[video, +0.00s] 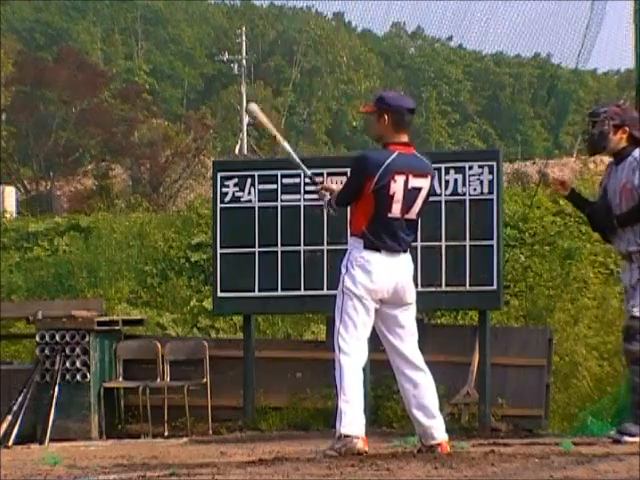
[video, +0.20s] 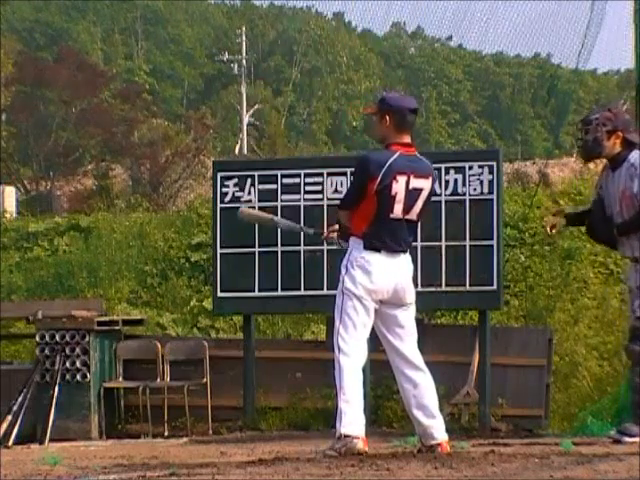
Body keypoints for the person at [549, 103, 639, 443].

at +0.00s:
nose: (597, 138)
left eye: (603, 131)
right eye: (596, 131)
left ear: (624, 133)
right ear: (618, 135)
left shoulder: (636, 163)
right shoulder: (614, 169)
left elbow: (639, 206)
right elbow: (601, 217)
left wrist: (616, 221)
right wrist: (570, 194)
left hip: (638, 261)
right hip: (629, 262)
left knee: (634, 337)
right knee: (631, 338)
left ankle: (634, 419)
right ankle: (631, 418)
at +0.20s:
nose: (590, 143)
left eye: (595, 137)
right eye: (589, 137)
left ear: (616, 137)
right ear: (609, 139)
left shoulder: (635, 164)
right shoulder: (609, 172)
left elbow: (638, 216)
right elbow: (601, 215)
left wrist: (619, 229)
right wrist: (568, 218)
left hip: (638, 264)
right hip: (632, 263)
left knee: (635, 343)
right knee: (633, 342)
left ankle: (633, 419)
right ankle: (631, 418)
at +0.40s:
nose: (580, 161)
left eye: (586, 154)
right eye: (579, 155)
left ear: (607, 152)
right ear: (603, 153)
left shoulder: (632, 177)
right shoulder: (605, 184)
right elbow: (611, 218)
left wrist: (612, 251)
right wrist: (584, 241)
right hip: (637, 271)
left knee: (631, 346)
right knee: (623, 345)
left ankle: (635, 422)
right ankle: (632, 420)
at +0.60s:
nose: (570, 186)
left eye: (575, 178)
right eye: (569, 179)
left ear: (596, 174)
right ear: (595, 175)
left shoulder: (629, 194)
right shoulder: (601, 198)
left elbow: (638, 244)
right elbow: (617, 239)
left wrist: (609, 272)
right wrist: (602, 275)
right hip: (637, 280)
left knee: (627, 346)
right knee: (619, 345)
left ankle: (632, 423)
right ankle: (626, 421)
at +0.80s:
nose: (563, 219)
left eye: (567, 210)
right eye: (559, 214)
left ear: (586, 203)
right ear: (583, 205)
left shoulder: (620, 216)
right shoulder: (591, 230)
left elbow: (638, 258)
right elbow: (613, 268)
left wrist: (613, 292)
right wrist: (606, 298)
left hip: (638, 291)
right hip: (633, 292)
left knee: (622, 349)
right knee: (611, 349)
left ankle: (631, 424)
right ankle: (627, 422)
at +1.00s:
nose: (555, 251)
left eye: (560, 242)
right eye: (553, 244)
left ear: (581, 235)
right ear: (579, 237)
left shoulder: (613, 244)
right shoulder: (586, 258)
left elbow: (637, 284)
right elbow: (606, 302)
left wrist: (616, 322)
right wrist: (599, 337)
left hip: (636, 308)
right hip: (621, 313)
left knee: (628, 339)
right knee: (594, 358)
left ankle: (633, 425)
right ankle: (627, 424)